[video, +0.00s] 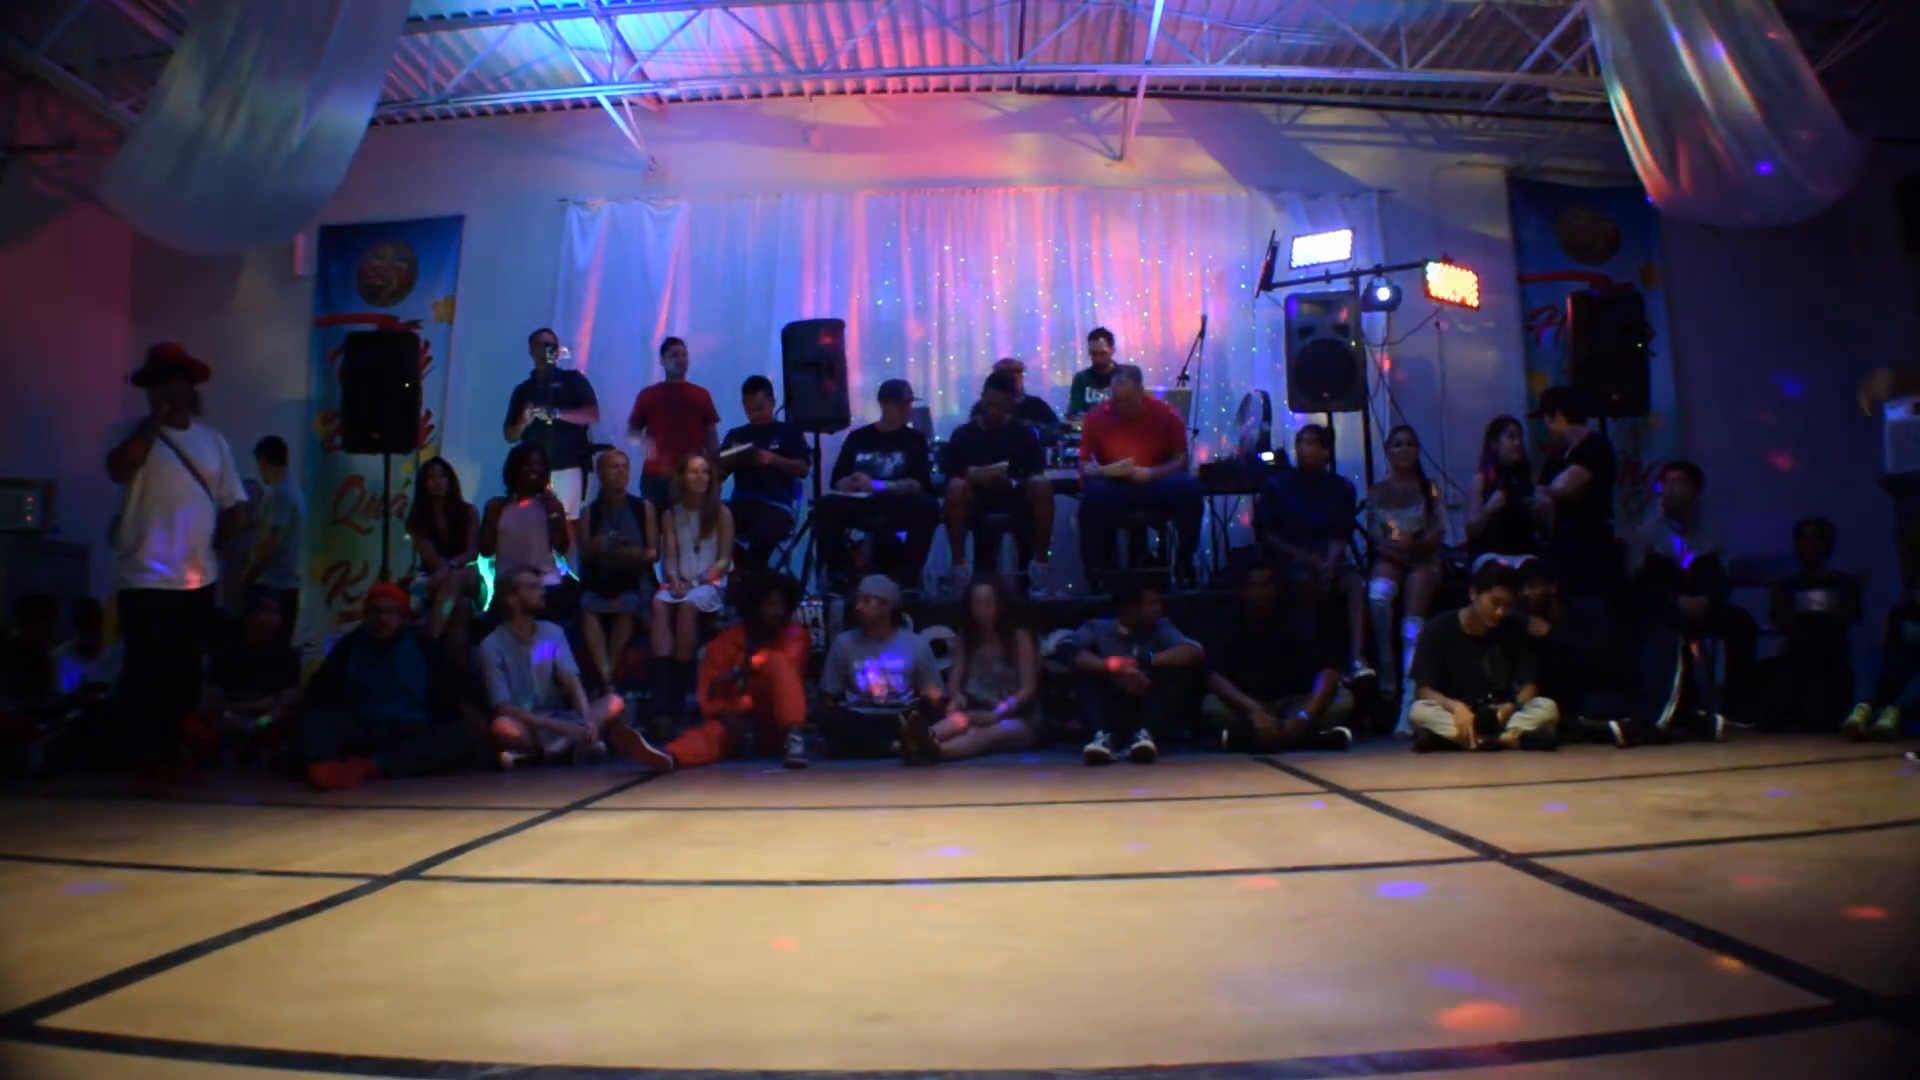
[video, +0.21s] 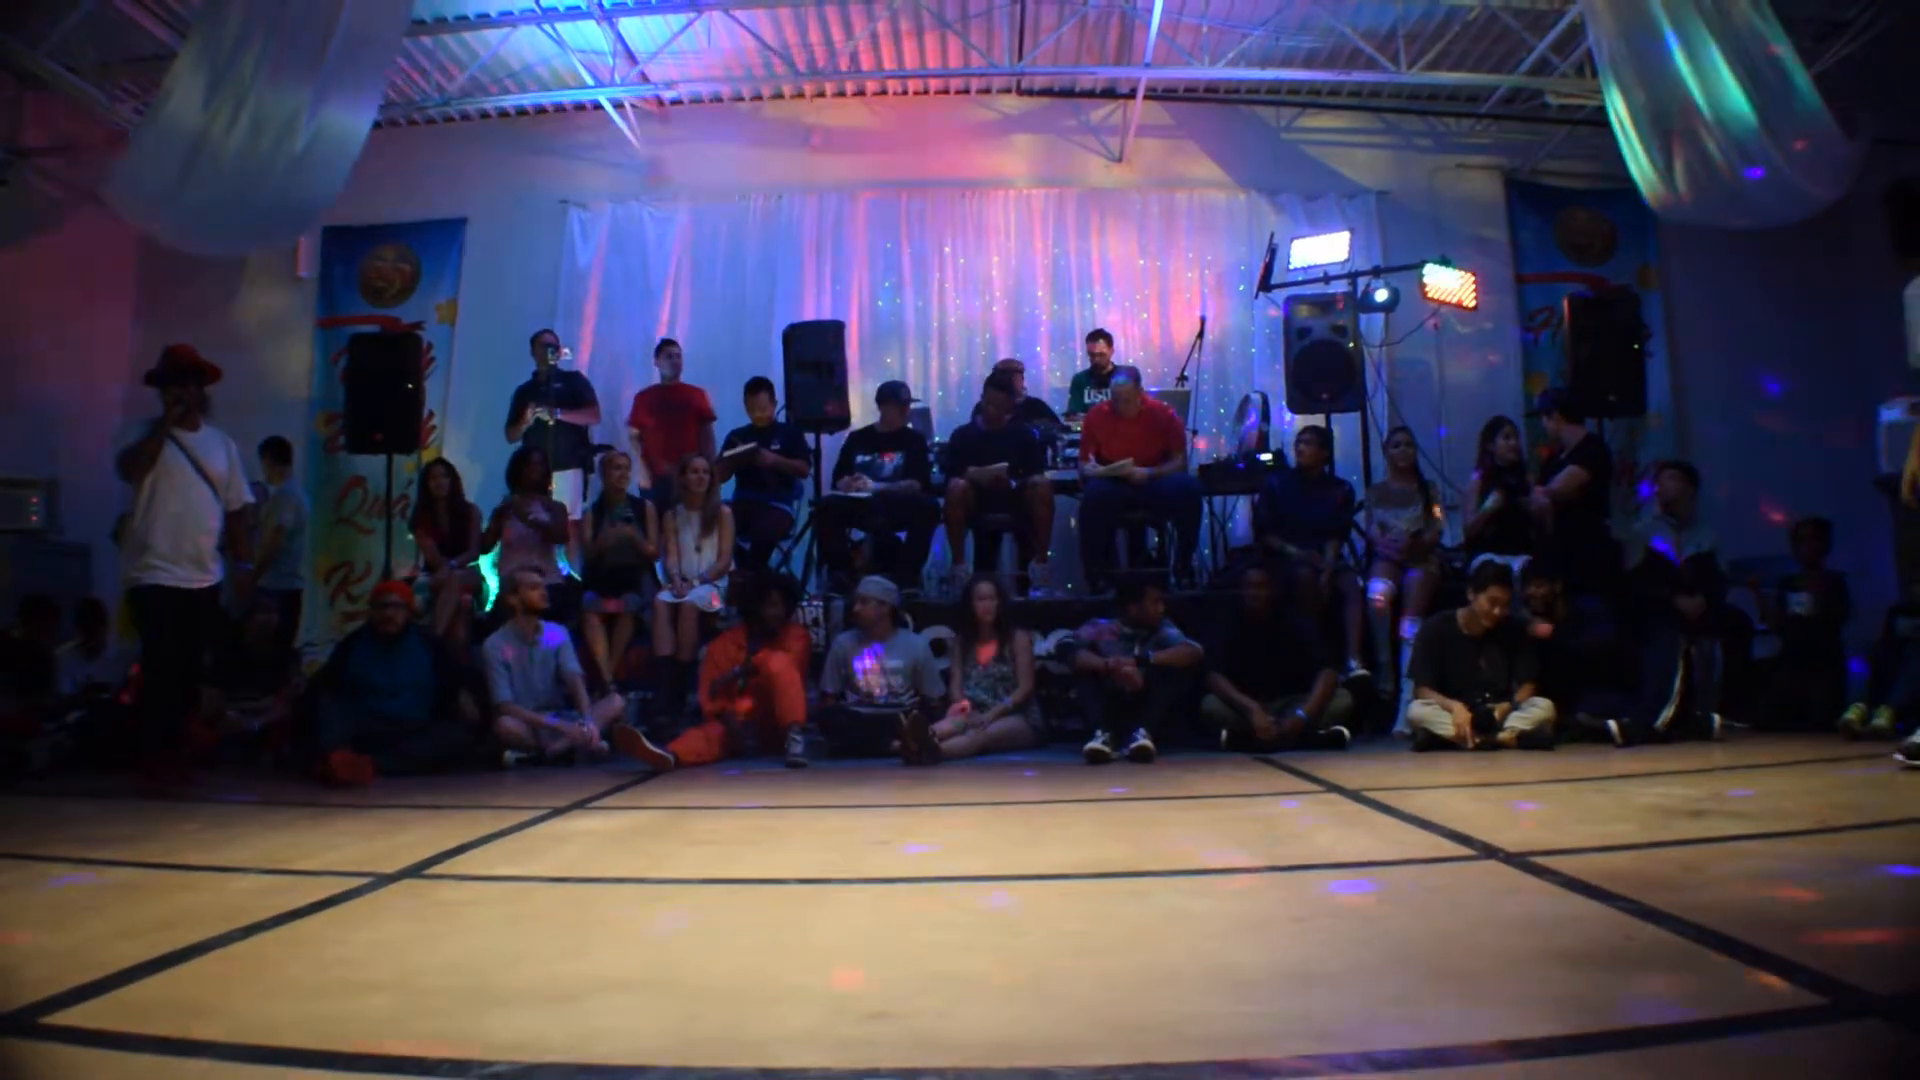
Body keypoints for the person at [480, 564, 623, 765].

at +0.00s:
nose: (542, 591)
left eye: (540, 586)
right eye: (533, 587)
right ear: (511, 599)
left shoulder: (553, 632)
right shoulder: (492, 645)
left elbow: (571, 679)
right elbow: (502, 705)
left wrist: (588, 721)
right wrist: (562, 728)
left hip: (559, 712)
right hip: (523, 717)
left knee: (614, 702)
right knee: (501, 726)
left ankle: (553, 749)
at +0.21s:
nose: (544, 592)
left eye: (543, 587)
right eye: (534, 588)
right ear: (513, 599)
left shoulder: (558, 633)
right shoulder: (496, 644)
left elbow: (575, 679)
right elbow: (505, 704)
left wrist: (588, 721)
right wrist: (561, 727)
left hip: (561, 711)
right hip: (525, 715)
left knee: (616, 702)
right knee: (504, 726)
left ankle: (556, 748)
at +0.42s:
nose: (546, 592)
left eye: (546, 586)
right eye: (537, 588)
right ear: (516, 598)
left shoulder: (561, 635)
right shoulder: (498, 645)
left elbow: (584, 684)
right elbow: (502, 705)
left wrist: (588, 722)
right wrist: (553, 727)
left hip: (564, 716)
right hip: (526, 720)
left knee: (618, 709)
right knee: (503, 725)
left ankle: (559, 748)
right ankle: (580, 747)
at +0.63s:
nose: (555, 596)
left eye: (555, 590)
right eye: (545, 591)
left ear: (559, 594)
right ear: (524, 602)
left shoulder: (568, 640)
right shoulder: (503, 645)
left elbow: (596, 687)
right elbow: (504, 706)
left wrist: (595, 723)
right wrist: (556, 728)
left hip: (562, 719)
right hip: (526, 721)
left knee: (619, 714)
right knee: (504, 727)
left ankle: (546, 754)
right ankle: (582, 748)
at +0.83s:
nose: (548, 607)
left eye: (553, 601)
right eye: (541, 601)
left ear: (560, 605)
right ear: (530, 605)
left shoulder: (573, 643)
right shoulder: (506, 645)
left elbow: (601, 693)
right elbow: (504, 706)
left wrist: (598, 724)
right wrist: (555, 729)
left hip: (559, 719)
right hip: (524, 721)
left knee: (600, 726)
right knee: (503, 726)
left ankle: (541, 756)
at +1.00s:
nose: (541, 615)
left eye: (548, 609)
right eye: (536, 608)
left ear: (562, 609)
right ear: (529, 607)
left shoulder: (575, 644)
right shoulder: (507, 644)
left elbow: (598, 695)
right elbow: (504, 706)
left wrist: (597, 725)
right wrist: (561, 730)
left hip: (562, 720)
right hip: (525, 722)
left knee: (622, 716)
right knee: (502, 727)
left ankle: (549, 754)